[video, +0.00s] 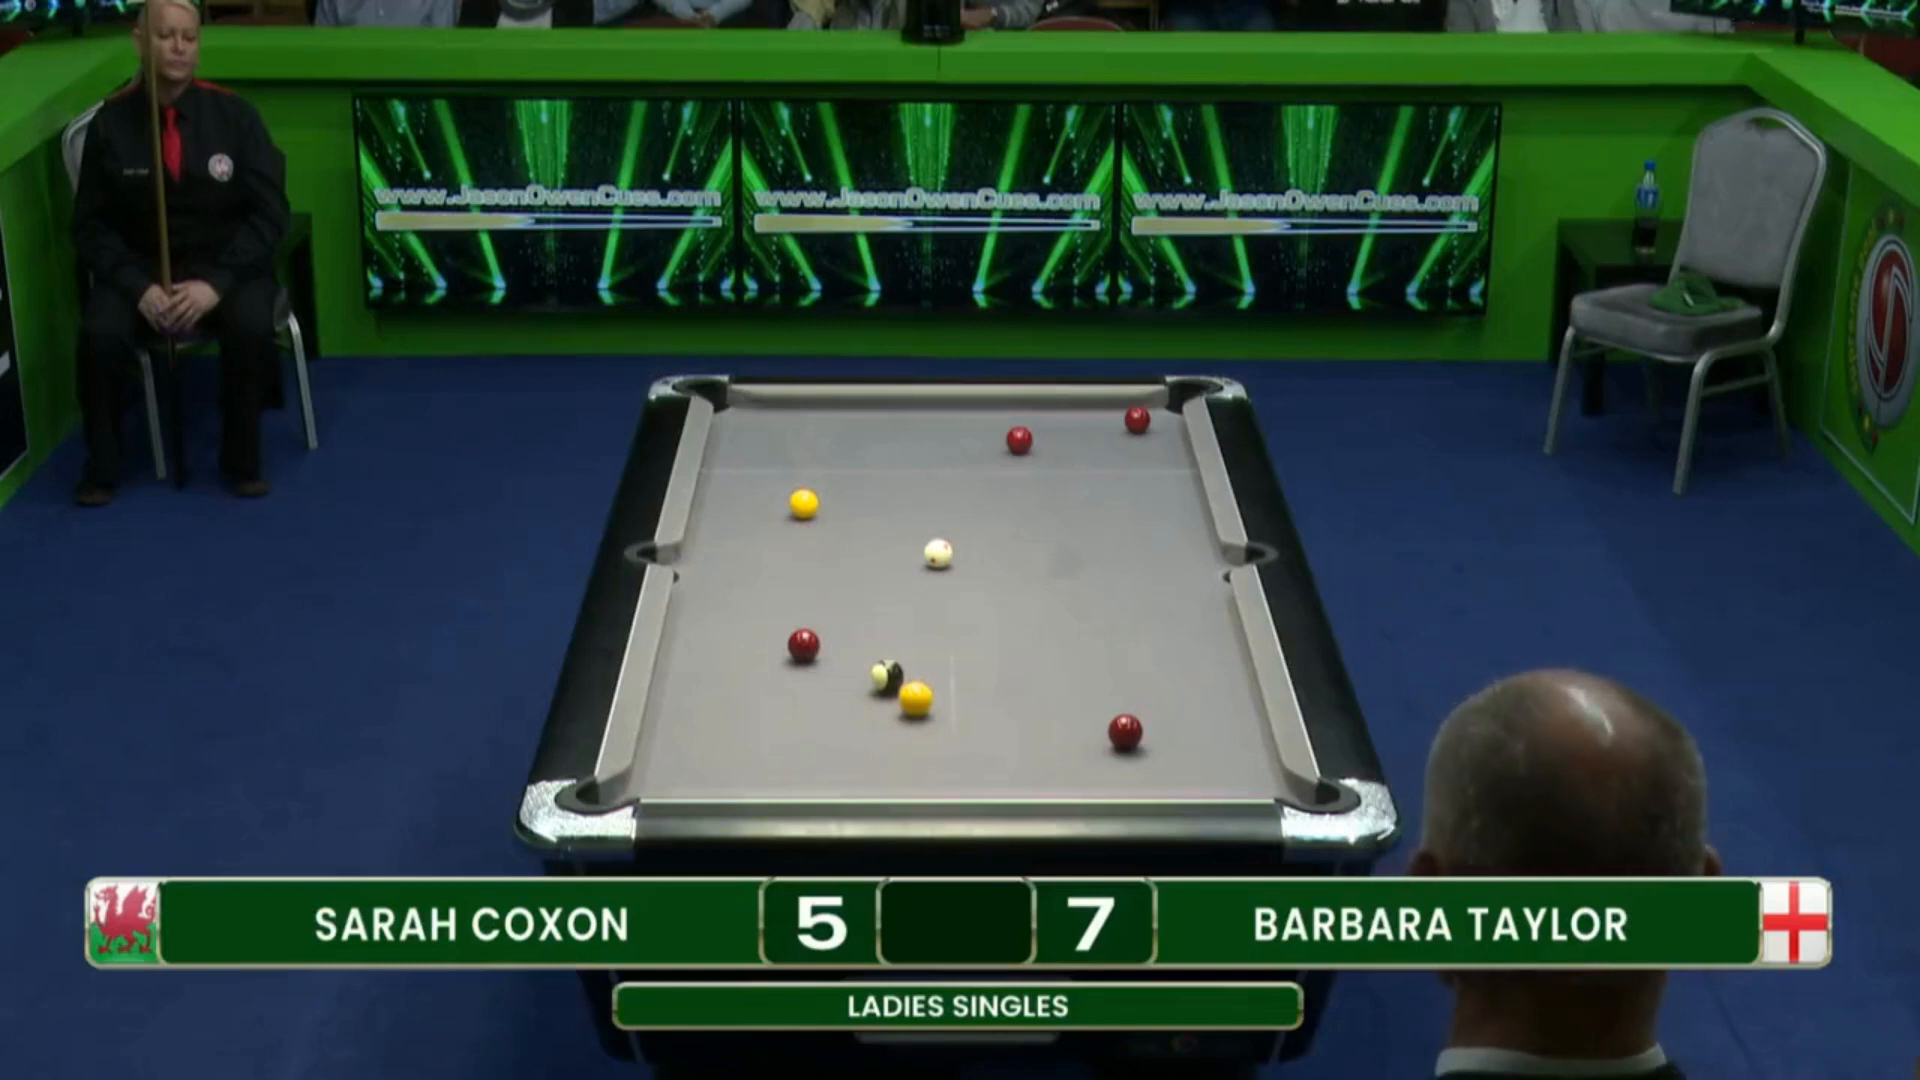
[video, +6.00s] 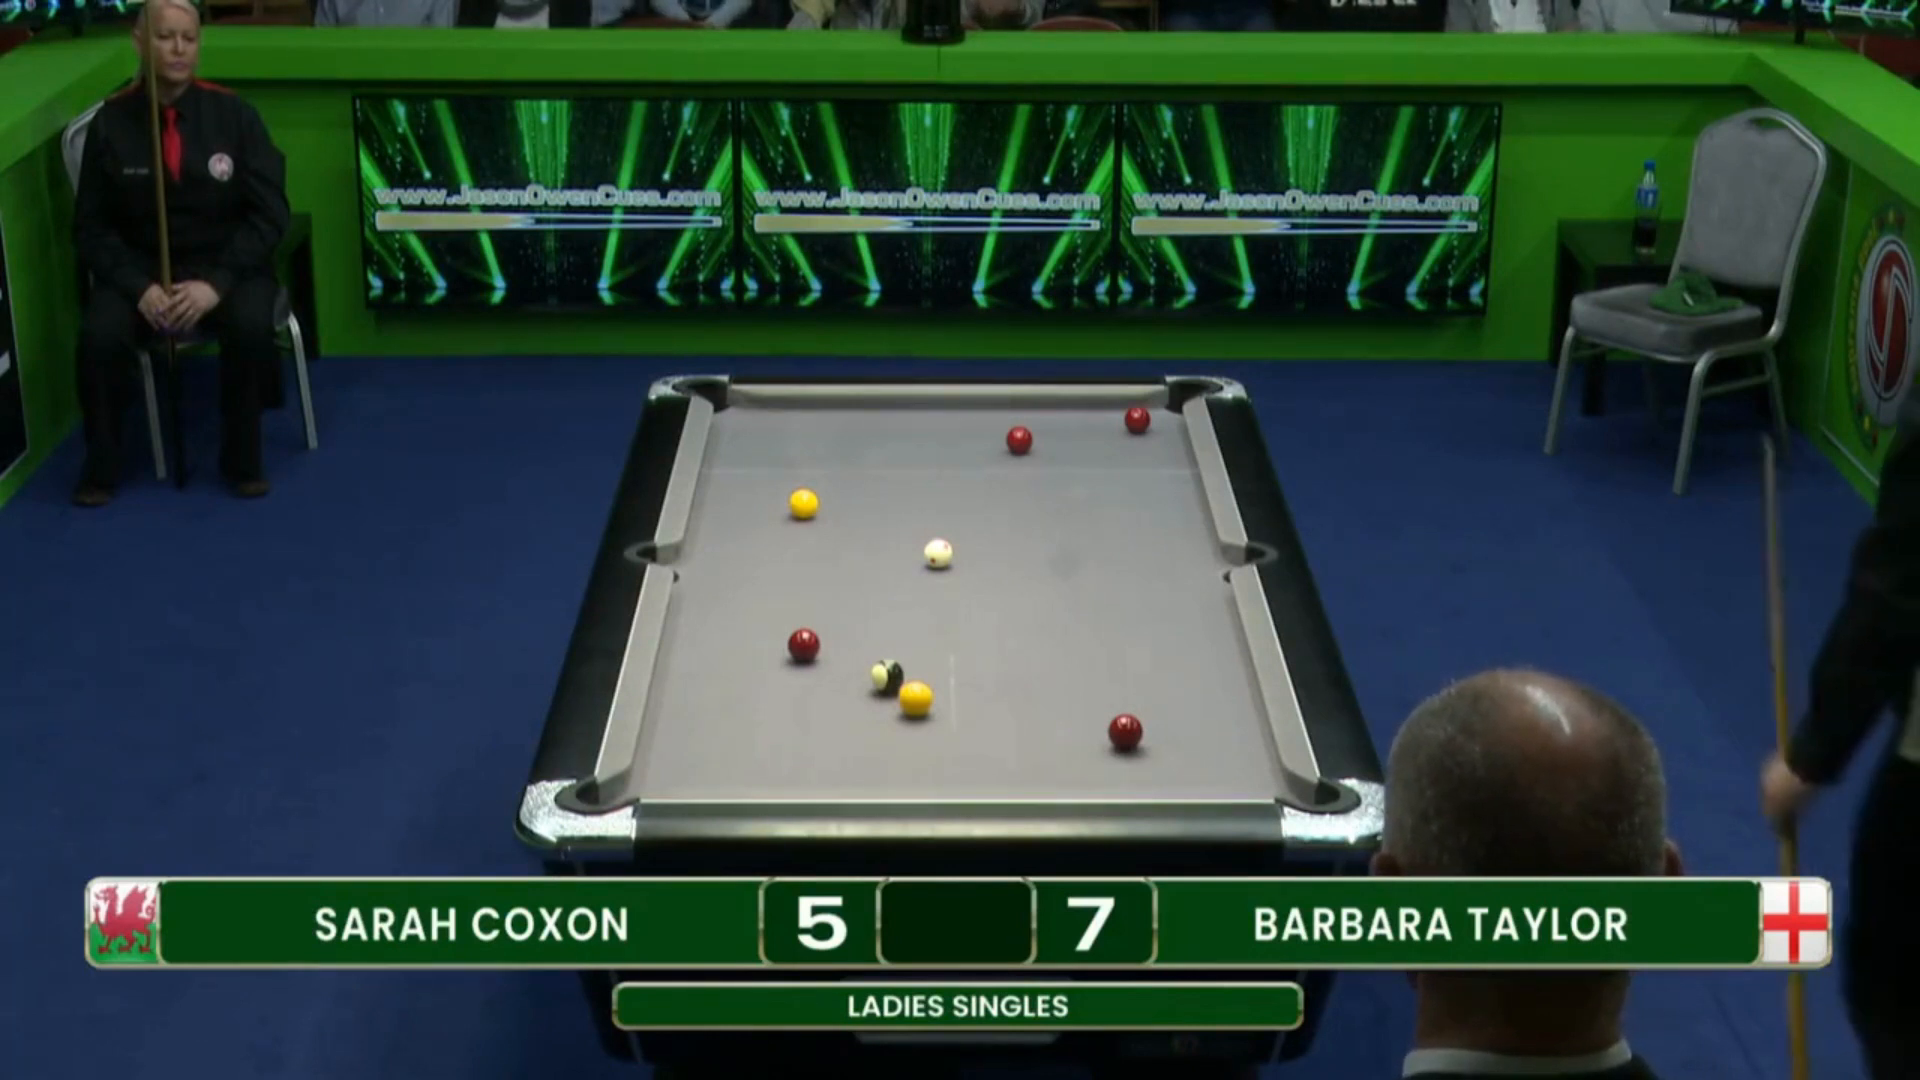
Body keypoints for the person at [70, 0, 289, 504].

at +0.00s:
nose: (180, 48)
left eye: (189, 37)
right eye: (166, 36)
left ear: (199, 44)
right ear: (141, 41)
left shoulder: (235, 115)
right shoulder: (111, 121)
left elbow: (269, 214)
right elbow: (90, 226)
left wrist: (213, 283)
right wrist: (140, 287)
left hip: (221, 267)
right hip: (138, 274)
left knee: (248, 327)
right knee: (102, 333)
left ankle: (243, 462)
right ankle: (101, 468)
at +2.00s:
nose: (179, 49)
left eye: (189, 38)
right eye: (166, 37)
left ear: (199, 45)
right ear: (141, 41)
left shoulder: (235, 115)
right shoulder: (111, 121)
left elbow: (269, 214)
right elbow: (90, 226)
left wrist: (213, 283)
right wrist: (140, 287)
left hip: (221, 266)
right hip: (138, 273)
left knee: (249, 329)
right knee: (101, 335)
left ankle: (243, 461)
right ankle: (101, 467)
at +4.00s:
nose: (179, 48)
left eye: (189, 38)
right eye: (165, 36)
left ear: (200, 44)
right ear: (141, 41)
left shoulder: (234, 115)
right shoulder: (112, 121)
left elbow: (269, 215)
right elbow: (90, 226)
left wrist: (214, 284)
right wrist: (140, 287)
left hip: (221, 267)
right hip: (139, 273)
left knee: (248, 328)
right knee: (101, 335)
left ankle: (243, 463)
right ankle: (101, 469)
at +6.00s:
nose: (179, 49)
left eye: (189, 38)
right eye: (165, 37)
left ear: (199, 44)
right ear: (140, 42)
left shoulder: (234, 116)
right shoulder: (111, 122)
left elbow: (269, 215)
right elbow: (90, 226)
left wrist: (214, 284)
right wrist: (140, 287)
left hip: (221, 267)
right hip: (138, 274)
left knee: (248, 328)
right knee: (101, 336)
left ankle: (243, 463)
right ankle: (101, 469)